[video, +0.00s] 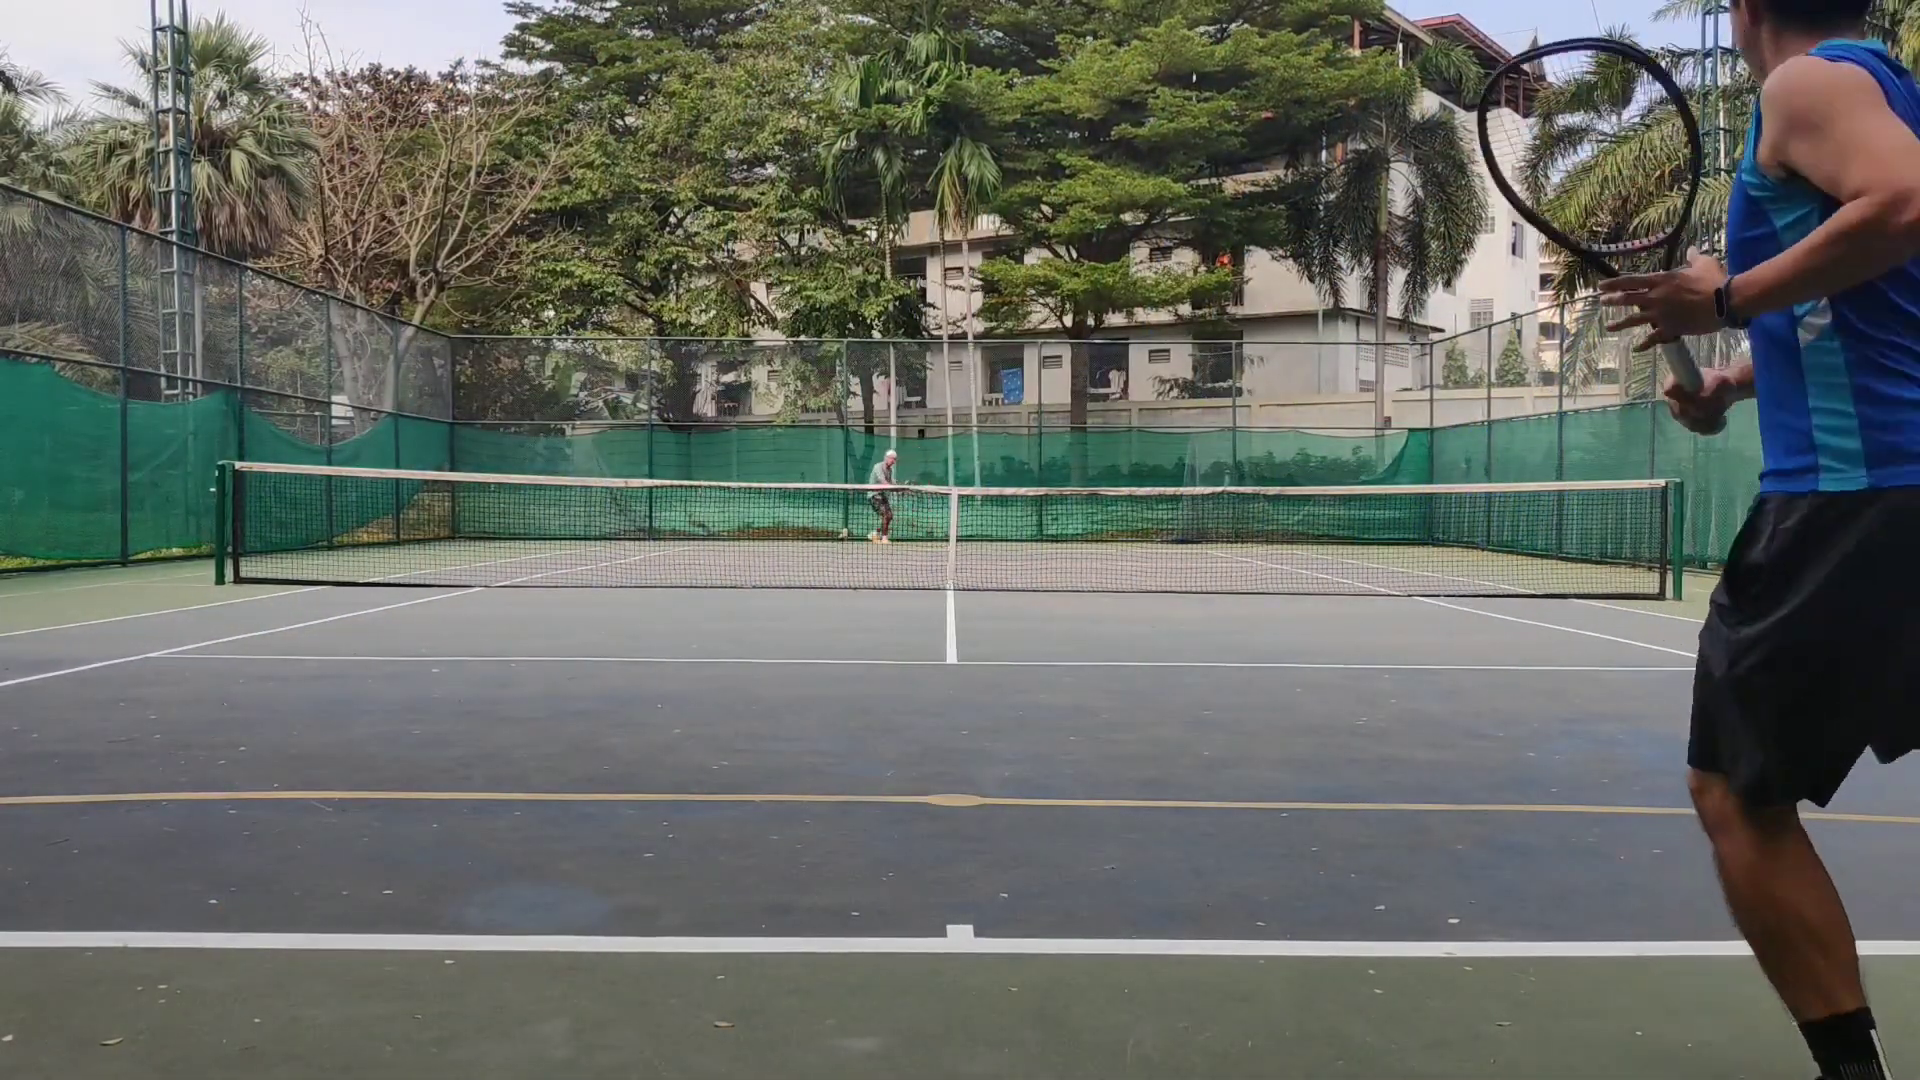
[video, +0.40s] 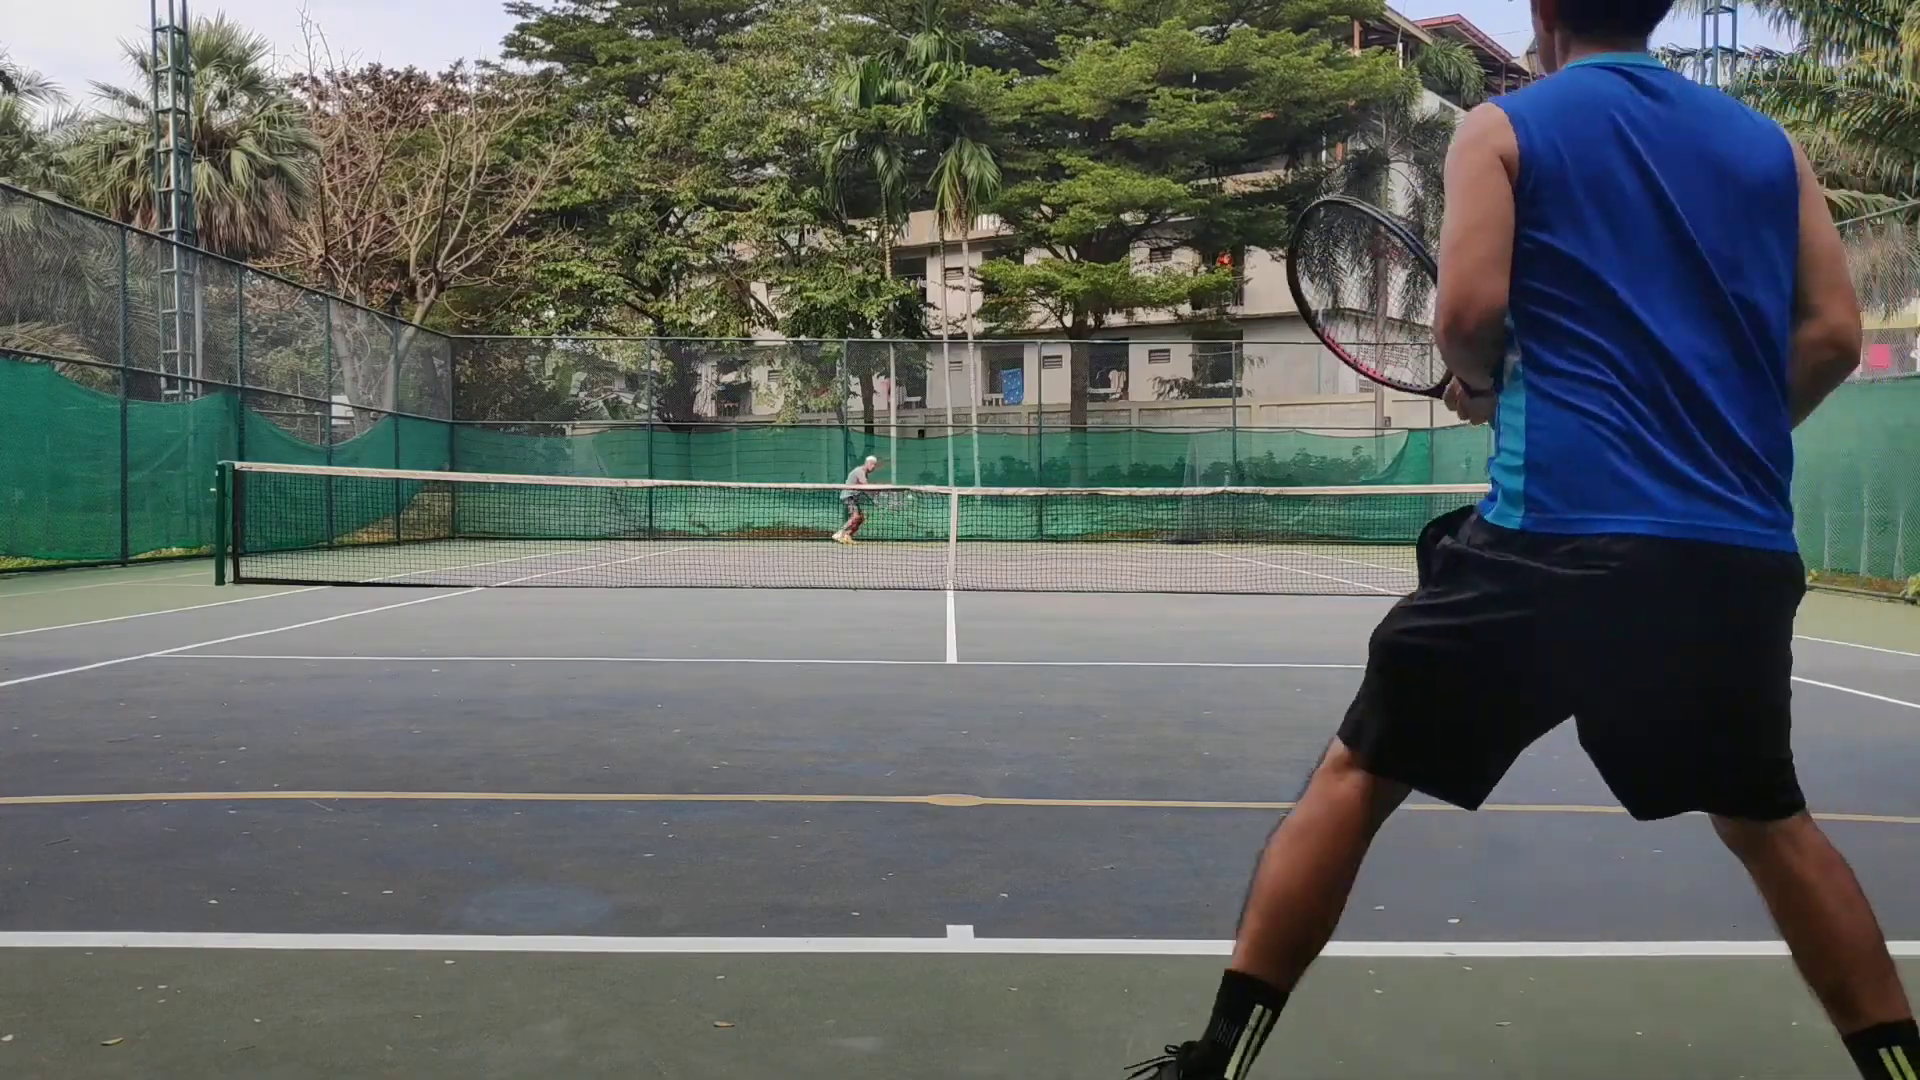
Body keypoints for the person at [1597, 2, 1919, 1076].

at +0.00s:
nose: (1732, 29)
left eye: (1732, 15)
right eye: (1736, 17)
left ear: (1752, 13)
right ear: (1849, 12)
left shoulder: (1807, 82)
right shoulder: (1881, 84)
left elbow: (1896, 196)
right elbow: (1864, 311)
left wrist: (1730, 297)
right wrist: (1732, 379)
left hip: (1847, 505)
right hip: (1882, 497)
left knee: (1737, 793)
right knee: (1745, 789)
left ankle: (1855, 1070)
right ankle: (1854, 1065)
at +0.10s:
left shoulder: (1727, 20)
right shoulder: (1892, 64)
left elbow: (1758, 148)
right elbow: (1866, 245)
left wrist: (1640, 256)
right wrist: (1650, 258)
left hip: (1777, 455)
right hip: (1905, 447)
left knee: (1715, 760)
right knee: (1915, 743)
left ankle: (1826, 1055)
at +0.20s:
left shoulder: (1661, 19)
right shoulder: (1885, 59)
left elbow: (1650, 169)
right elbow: (1912, 265)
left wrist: (1588, 268)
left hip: (1723, 442)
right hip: (1889, 446)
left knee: (1606, 733)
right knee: (1841, 742)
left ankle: (1708, 1040)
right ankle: (1915, 1035)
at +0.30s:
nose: (1602, 21)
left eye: (1602, 11)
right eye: (1608, 13)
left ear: (1624, 1)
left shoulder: (1598, 80)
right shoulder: (1844, 101)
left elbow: (1579, 249)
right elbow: (1907, 286)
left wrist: (1544, 335)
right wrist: (1821, 376)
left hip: (1646, 501)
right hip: (1826, 512)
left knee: (1470, 750)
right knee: (1810, 806)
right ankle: (1908, 1062)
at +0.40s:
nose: (1528, 34)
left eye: (1529, 23)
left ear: (1546, 19)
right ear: (1658, 21)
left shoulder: (1506, 124)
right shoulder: (1769, 143)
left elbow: (1474, 303)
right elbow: (1834, 329)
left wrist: (1472, 378)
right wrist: (1740, 427)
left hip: (1552, 547)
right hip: (1741, 559)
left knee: (1356, 780)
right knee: (1772, 819)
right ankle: (1899, 1064)